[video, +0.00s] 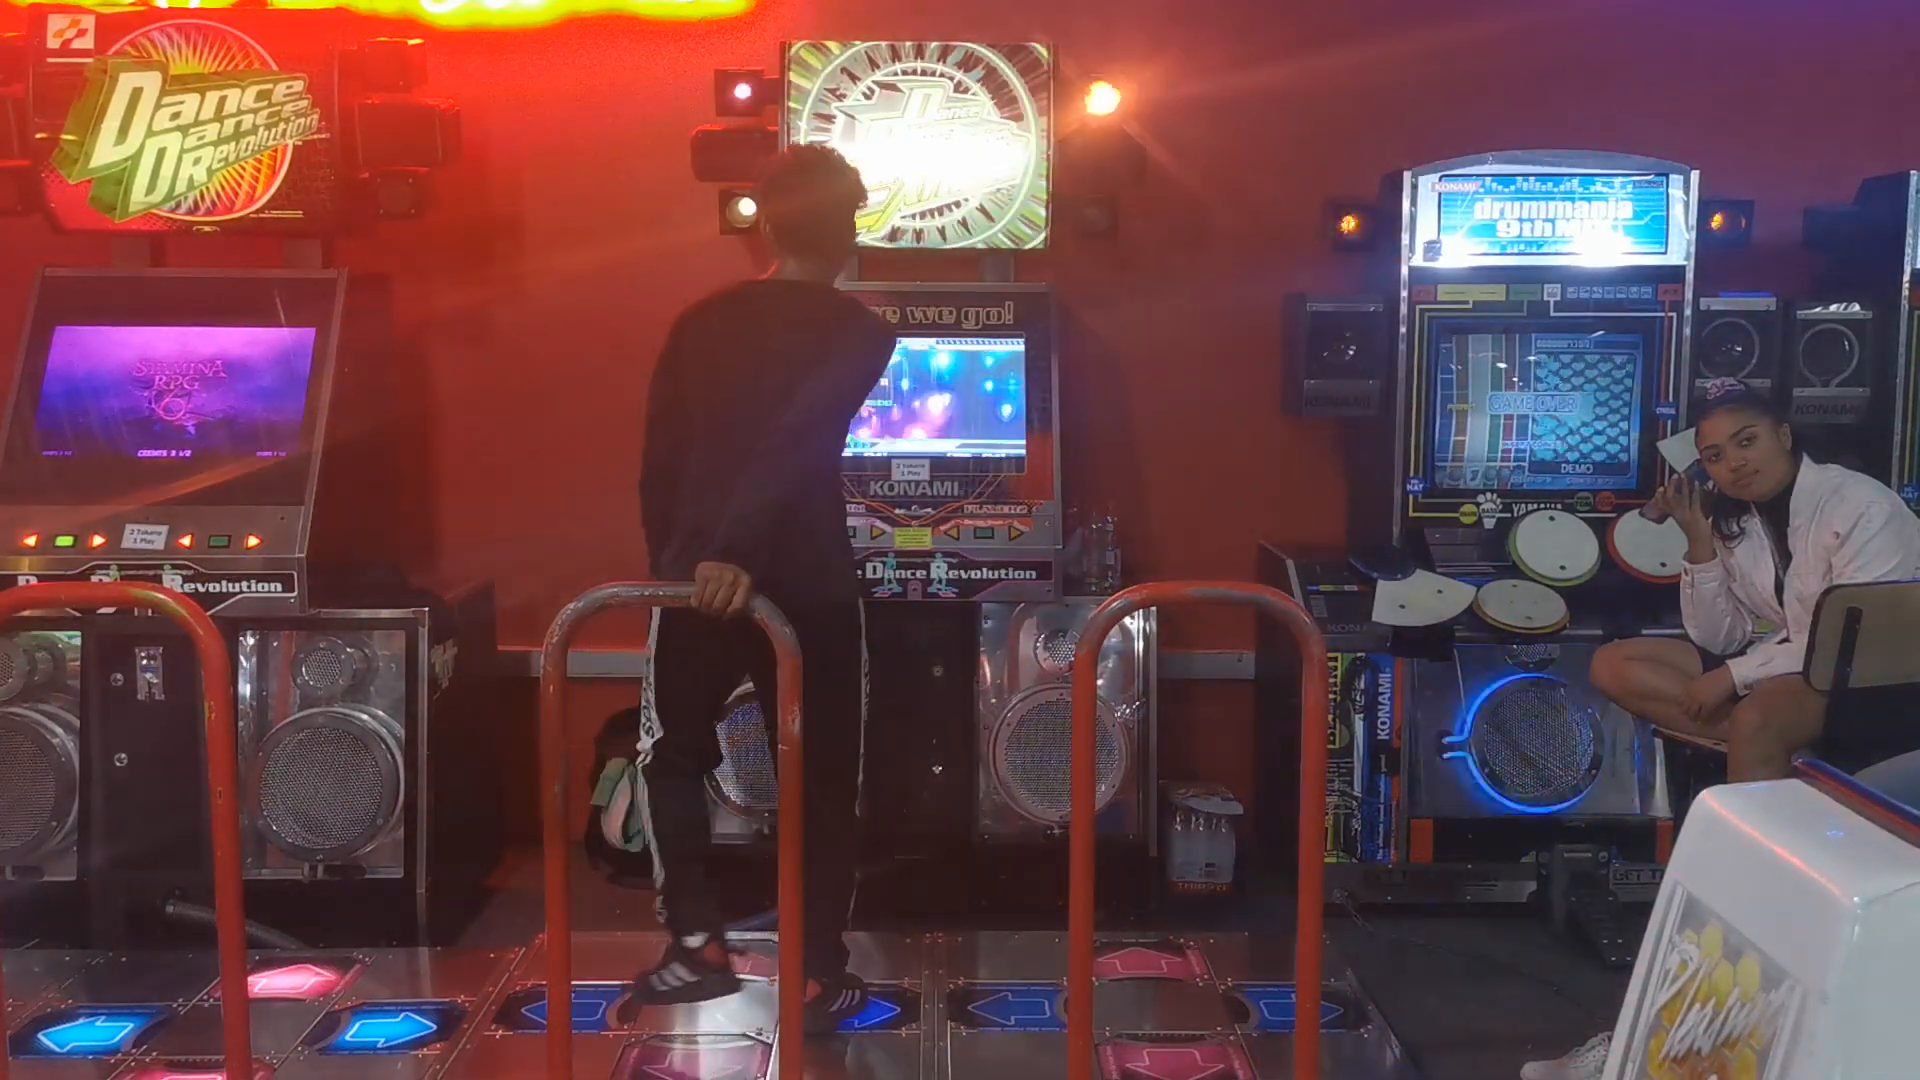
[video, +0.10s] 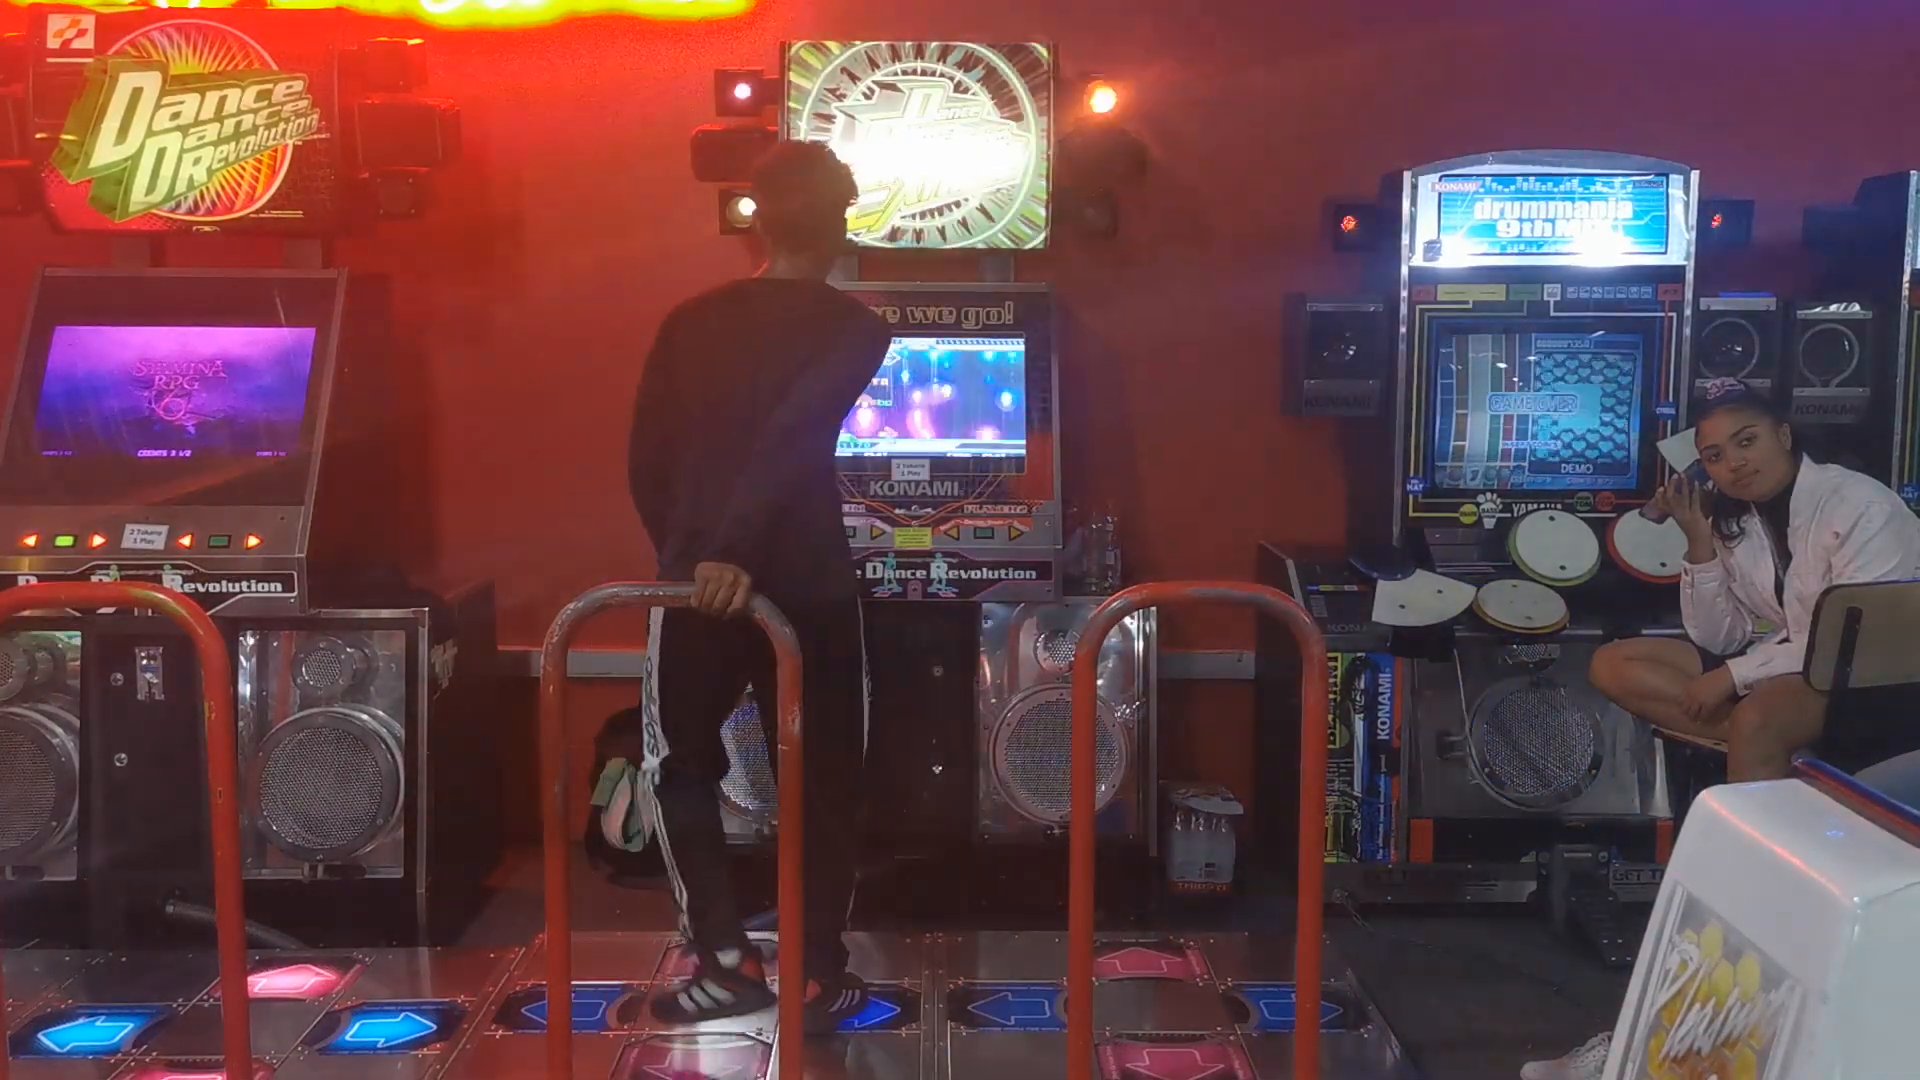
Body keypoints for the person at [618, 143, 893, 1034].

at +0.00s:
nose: (858, 237)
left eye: (846, 222)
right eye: (854, 224)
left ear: (770, 233)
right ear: (847, 234)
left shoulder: (702, 319)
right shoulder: (860, 325)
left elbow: (660, 459)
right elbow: (800, 434)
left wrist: (678, 568)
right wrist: (733, 545)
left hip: (695, 567)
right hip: (803, 560)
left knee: (676, 752)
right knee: (826, 764)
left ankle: (693, 949)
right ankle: (824, 974)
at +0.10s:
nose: (842, 234)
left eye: (830, 219)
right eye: (842, 221)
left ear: (761, 226)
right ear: (835, 228)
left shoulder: (691, 319)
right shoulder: (853, 323)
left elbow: (647, 455)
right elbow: (795, 431)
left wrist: (687, 554)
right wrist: (733, 546)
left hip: (696, 570)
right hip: (803, 563)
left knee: (689, 757)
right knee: (825, 761)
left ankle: (721, 963)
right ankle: (822, 970)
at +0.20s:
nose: (808, 244)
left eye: (791, 224)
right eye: (817, 227)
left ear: (744, 228)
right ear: (828, 228)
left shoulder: (679, 323)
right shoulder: (847, 317)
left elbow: (635, 460)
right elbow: (791, 428)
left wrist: (685, 543)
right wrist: (731, 540)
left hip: (689, 573)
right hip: (795, 568)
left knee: (703, 786)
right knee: (811, 781)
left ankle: (732, 1008)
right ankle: (820, 982)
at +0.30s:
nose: (813, 238)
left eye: (805, 222)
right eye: (813, 223)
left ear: (730, 223)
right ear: (810, 223)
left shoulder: (668, 317)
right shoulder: (835, 322)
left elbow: (630, 459)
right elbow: (786, 431)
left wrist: (674, 544)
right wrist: (731, 544)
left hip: (675, 580)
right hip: (781, 578)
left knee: (694, 797)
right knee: (791, 782)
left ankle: (730, 1012)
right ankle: (805, 983)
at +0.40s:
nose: (810, 224)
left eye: (804, 208)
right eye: (808, 210)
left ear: (725, 215)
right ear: (800, 215)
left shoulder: (655, 314)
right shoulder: (827, 323)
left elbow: (622, 453)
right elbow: (776, 431)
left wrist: (661, 547)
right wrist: (729, 543)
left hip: (673, 572)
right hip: (774, 570)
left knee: (689, 779)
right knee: (765, 774)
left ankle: (727, 1006)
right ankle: (759, 972)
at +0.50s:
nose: (798, 229)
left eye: (767, 212)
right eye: (802, 215)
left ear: (723, 219)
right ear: (803, 221)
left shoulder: (652, 315)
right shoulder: (824, 329)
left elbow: (612, 451)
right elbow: (773, 438)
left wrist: (642, 560)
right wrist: (729, 547)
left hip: (665, 576)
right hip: (765, 576)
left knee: (680, 782)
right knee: (740, 769)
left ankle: (717, 998)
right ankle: (731, 956)